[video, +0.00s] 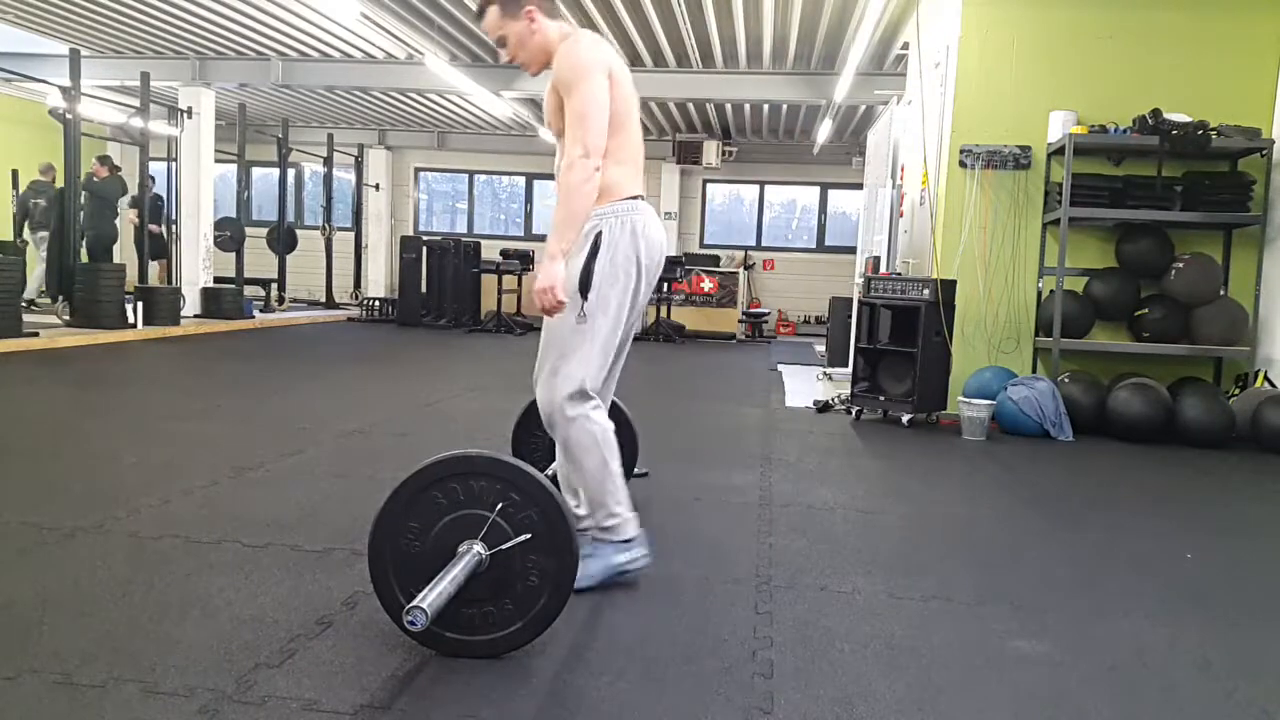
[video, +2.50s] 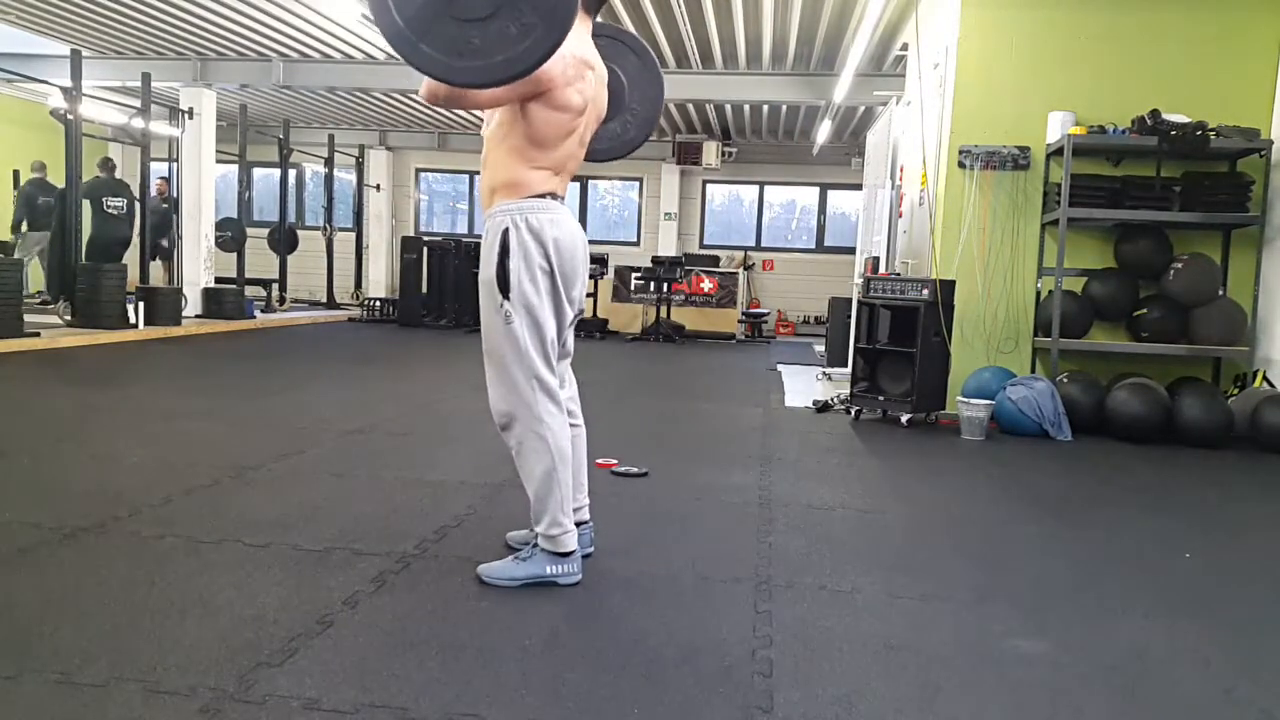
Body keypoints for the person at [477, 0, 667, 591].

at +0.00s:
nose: (505, 55)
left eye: (503, 40)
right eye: (497, 46)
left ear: (532, 14)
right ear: (534, 17)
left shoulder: (580, 53)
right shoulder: (585, 60)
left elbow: (585, 159)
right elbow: (592, 169)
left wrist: (554, 258)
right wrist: (564, 260)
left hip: (614, 231)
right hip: (616, 231)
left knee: (565, 390)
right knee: (571, 391)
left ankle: (616, 537)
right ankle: (578, 525)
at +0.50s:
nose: (427, 224)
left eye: (419, 213)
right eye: (417, 218)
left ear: (434, 179)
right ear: (436, 179)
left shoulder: (483, 186)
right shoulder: (510, 187)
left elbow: (502, 297)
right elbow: (541, 300)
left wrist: (499, 405)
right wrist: (544, 381)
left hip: (634, 259)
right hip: (648, 253)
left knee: (546, 397)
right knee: (572, 398)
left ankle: (563, 541)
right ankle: (577, 529)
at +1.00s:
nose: (402, 290)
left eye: (397, 275)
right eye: (394, 280)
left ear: (421, 252)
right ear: (426, 250)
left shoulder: (467, 266)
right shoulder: (487, 251)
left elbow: (495, 375)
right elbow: (534, 351)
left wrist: (498, 478)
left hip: (628, 287)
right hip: (645, 278)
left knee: (523, 409)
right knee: (555, 398)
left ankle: (551, 550)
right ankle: (575, 527)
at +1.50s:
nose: (450, 38)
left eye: (456, 23)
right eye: (450, 26)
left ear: (493, 22)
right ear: (500, 25)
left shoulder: (520, 67)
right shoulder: (539, 70)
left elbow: (512, 165)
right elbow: (532, 175)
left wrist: (491, 263)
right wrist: (511, 264)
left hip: (581, 236)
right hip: (597, 234)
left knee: (513, 391)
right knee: (553, 392)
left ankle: (552, 544)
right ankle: (568, 523)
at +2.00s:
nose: (522, 1)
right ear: (578, 6)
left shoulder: (547, 55)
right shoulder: (581, 62)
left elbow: (458, 123)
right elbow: (464, 123)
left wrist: (454, 31)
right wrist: (466, 36)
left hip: (527, 234)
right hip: (564, 229)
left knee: (522, 397)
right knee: (557, 386)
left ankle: (556, 548)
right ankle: (574, 523)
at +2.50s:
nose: (530, 15)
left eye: (535, 8)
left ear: (554, 6)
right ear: (592, 11)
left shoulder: (547, 57)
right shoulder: (597, 76)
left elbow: (436, 91)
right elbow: (528, 121)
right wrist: (482, 103)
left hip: (518, 231)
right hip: (557, 227)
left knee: (524, 396)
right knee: (555, 386)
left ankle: (556, 549)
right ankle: (573, 524)